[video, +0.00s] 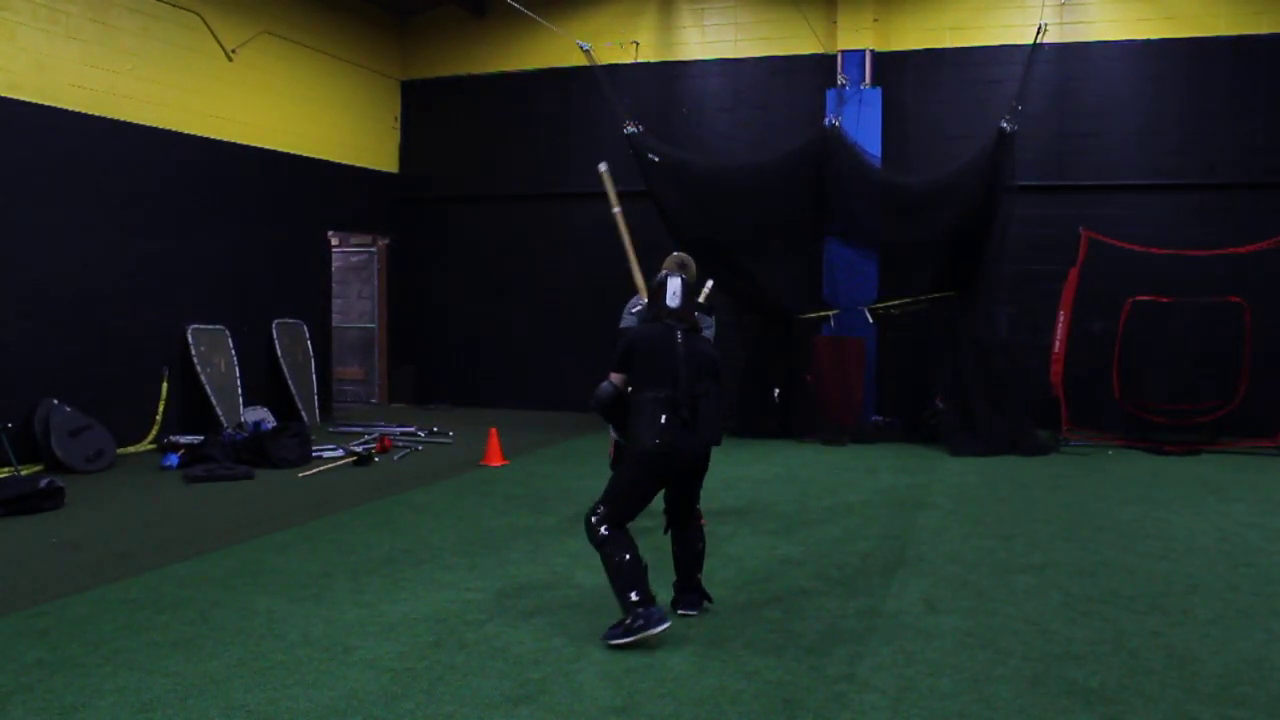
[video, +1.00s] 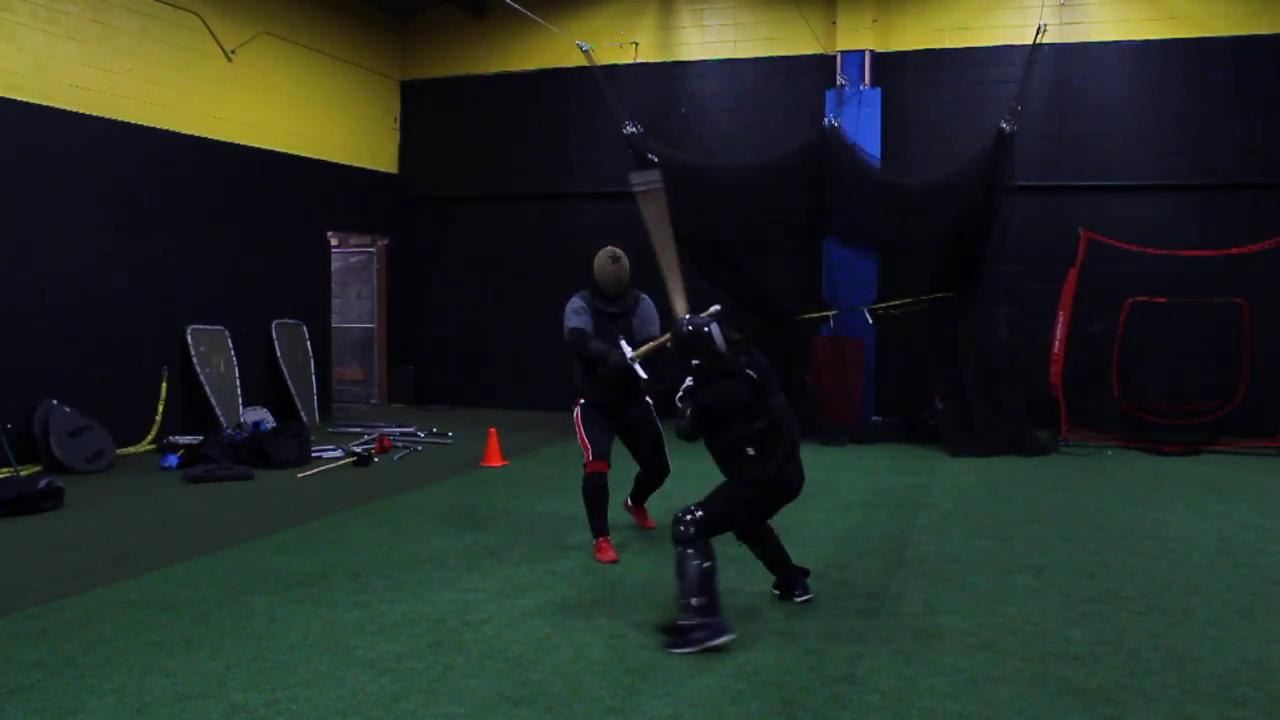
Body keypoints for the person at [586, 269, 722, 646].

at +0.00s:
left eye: (648, 300)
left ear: (651, 304)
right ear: (691, 309)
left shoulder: (637, 337)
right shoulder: (704, 348)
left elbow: (610, 393)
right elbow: (715, 403)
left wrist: (625, 426)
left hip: (649, 448)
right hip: (695, 450)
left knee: (603, 520)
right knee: (685, 514)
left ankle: (641, 608)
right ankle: (690, 595)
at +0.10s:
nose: (642, 302)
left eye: (644, 296)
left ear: (649, 299)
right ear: (687, 302)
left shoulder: (641, 331)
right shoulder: (703, 340)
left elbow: (607, 388)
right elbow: (709, 393)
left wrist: (608, 382)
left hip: (654, 446)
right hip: (698, 446)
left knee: (605, 514)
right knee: (688, 508)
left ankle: (648, 603)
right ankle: (692, 589)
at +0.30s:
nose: (643, 322)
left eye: (645, 315)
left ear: (647, 320)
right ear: (683, 317)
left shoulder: (639, 359)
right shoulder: (703, 356)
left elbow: (605, 385)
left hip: (662, 470)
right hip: (706, 464)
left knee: (607, 531)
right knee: (709, 511)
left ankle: (643, 610)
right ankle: (726, 577)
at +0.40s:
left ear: (639, 343)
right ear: (678, 337)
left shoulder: (632, 390)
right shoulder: (703, 374)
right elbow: (723, 434)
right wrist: (720, 488)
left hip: (667, 492)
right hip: (713, 486)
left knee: (610, 539)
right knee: (715, 507)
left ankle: (633, 604)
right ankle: (727, 575)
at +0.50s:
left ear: (620, 363)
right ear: (662, 350)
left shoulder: (622, 403)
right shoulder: (692, 369)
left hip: (683, 495)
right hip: (728, 486)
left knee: (617, 538)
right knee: (703, 502)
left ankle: (641, 612)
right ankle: (727, 573)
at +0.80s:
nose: (639, 360)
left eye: (641, 352)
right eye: (639, 352)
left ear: (652, 353)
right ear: (680, 338)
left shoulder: (654, 394)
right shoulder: (718, 359)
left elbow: (650, 465)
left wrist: (625, 494)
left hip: (710, 481)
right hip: (754, 470)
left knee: (647, 533)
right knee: (747, 512)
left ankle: (645, 619)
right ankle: (788, 577)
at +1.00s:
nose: (686, 360)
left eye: (688, 354)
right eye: (686, 353)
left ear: (698, 356)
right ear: (722, 343)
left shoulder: (708, 391)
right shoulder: (752, 366)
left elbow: (688, 431)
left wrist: (686, 397)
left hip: (756, 482)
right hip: (786, 475)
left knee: (689, 525)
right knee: (744, 518)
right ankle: (792, 580)